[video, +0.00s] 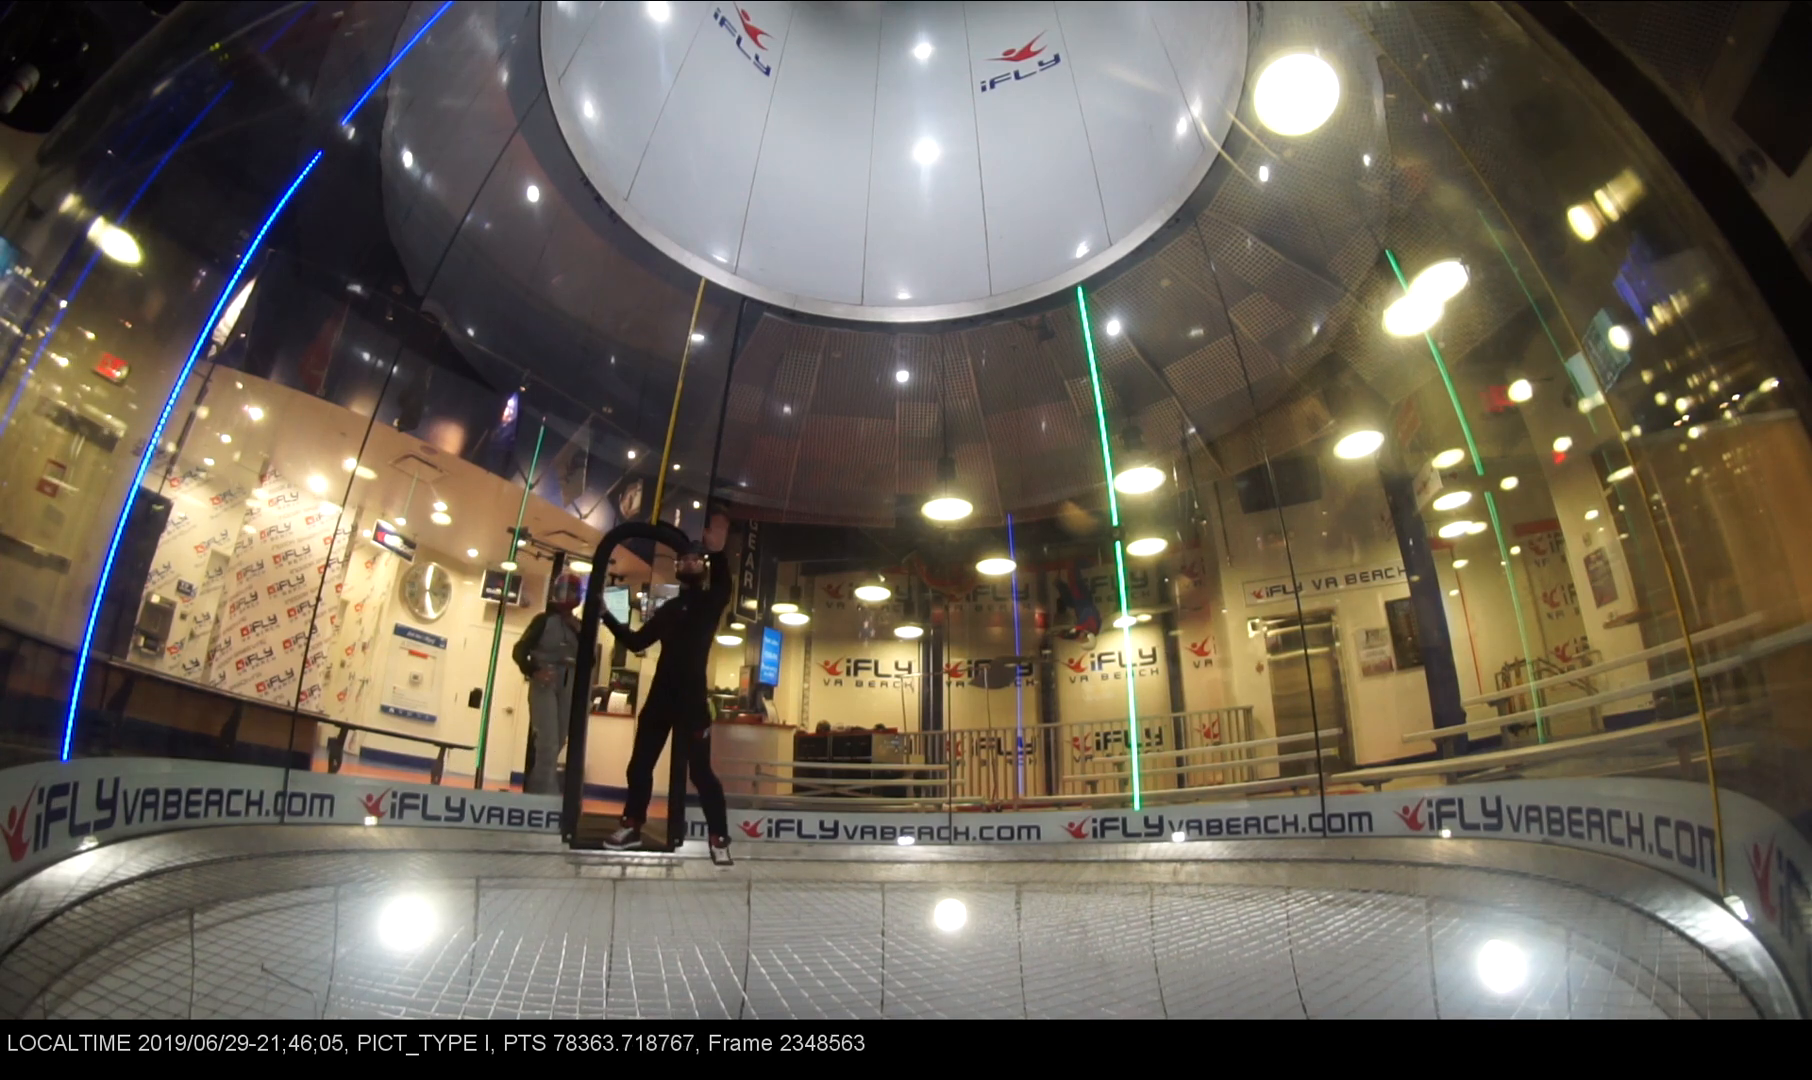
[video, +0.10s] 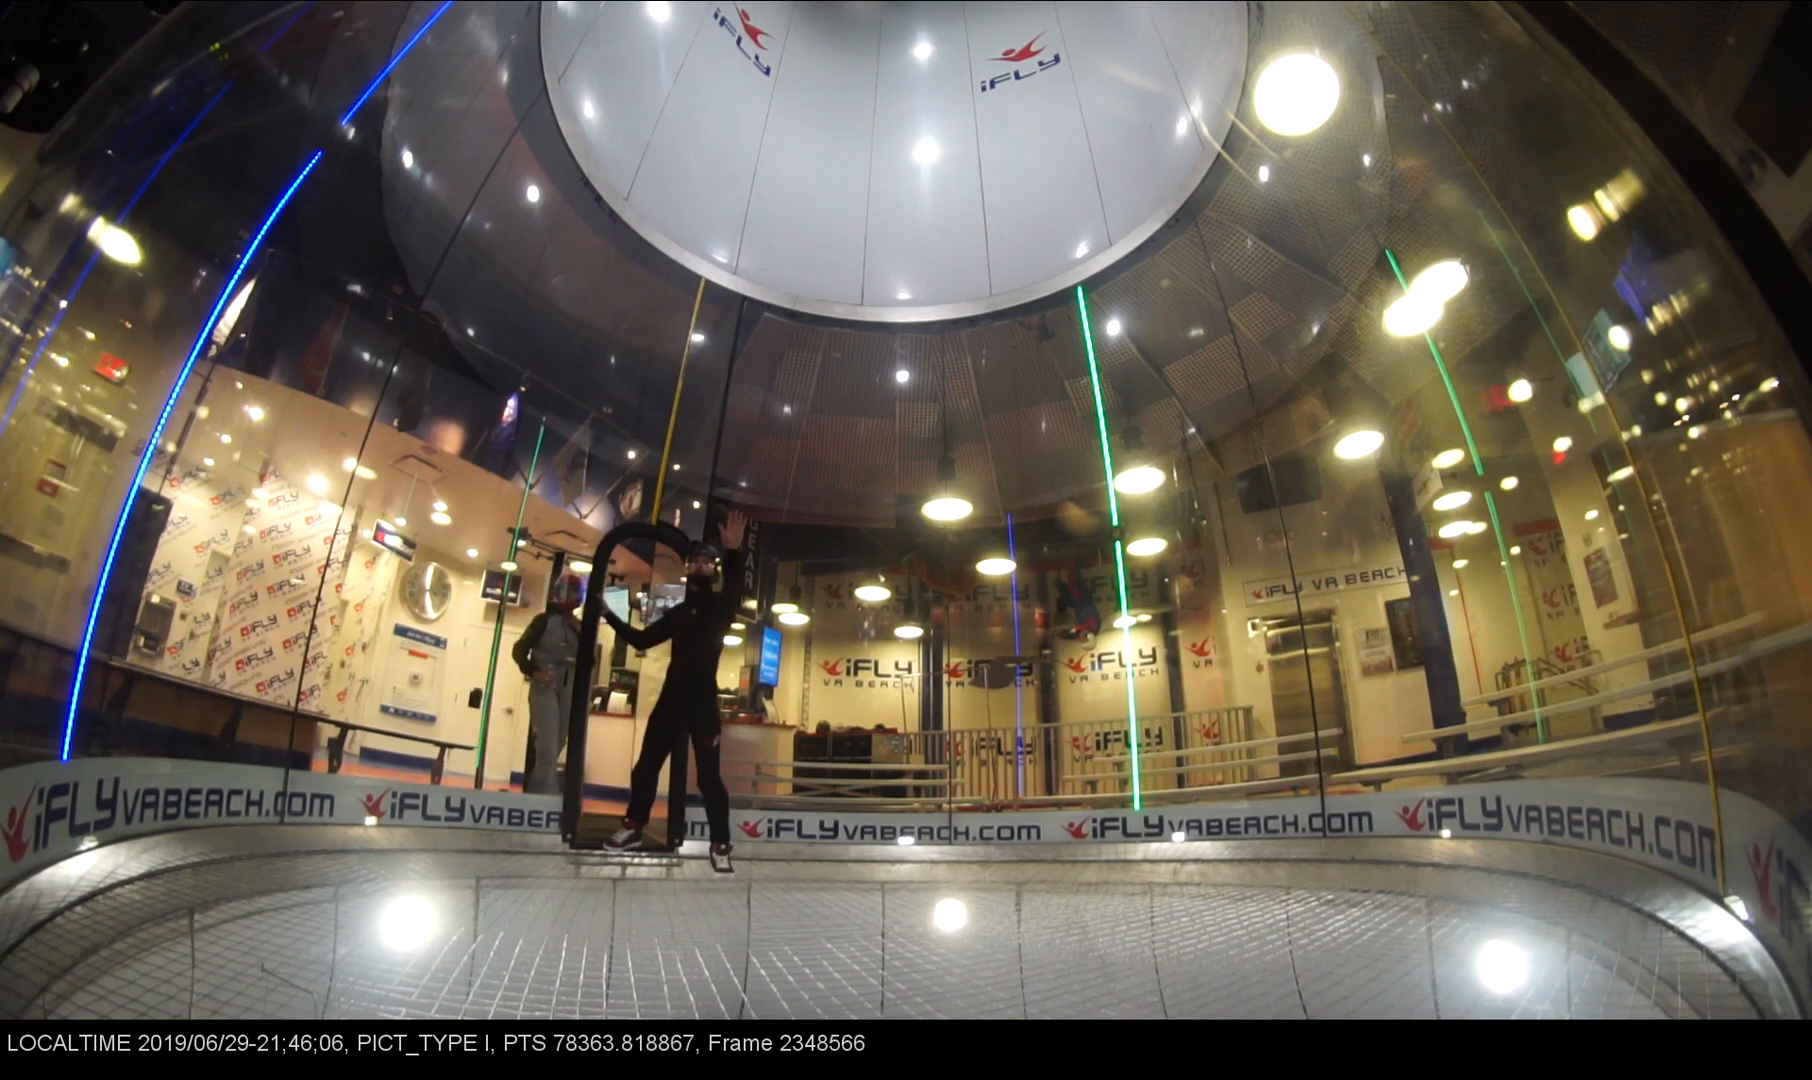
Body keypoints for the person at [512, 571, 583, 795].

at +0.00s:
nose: (568, 596)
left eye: (573, 592)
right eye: (564, 590)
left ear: (578, 597)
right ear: (556, 593)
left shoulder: (580, 627)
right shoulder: (543, 621)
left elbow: (590, 659)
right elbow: (519, 651)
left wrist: (582, 633)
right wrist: (533, 671)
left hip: (569, 686)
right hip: (544, 682)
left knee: (559, 739)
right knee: (547, 740)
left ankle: (538, 790)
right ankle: (544, 795)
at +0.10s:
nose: (568, 596)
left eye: (573, 591)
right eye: (564, 590)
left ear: (579, 597)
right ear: (556, 593)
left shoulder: (580, 626)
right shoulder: (544, 620)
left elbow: (591, 660)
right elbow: (519, 650)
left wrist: (583, 633)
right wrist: (532, 671)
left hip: (570, 686)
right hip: (545, 683)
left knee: (559, 739)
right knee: (547, 740)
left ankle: (538, 790)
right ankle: (544, 796)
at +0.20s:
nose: (570, 595)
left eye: (575, 591)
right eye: (566, 590)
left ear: (580, 597)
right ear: (557, 592)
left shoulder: (580, 627)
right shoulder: (545, 620)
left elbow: (591, 660)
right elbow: (519, 649)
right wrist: (533, 670)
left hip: (570, 686)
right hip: (545, 683)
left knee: (559, 739)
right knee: (548, 741)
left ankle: (539, 791)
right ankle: (544, 795)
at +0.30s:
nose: (572, 596)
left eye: (576, 592)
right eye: (569, 591)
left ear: (581, 597)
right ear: (559, 593)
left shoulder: (579, 627)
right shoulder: (546, 620)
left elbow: (589, 660)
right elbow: (519, 648)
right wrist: (534, 669)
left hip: (570, 685)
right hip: (546, 682)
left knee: (560, 739)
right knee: (549, 740)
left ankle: (541, 791)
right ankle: (544, 794)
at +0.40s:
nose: (575, 597)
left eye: (578, 593)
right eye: (571, 591)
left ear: (582, 596)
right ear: (562, 593)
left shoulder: (578, 626)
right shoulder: (548, 619)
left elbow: (586, 655)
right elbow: (520, 648)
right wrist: (537, 669)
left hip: (569, 685)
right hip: (548, 682)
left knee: (559, 739)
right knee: (552, 739)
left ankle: (544, 793)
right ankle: (542, 795)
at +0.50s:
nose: (576, 597)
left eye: (578, 592)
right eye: (572, 591)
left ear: (582, 596)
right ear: (563, 593)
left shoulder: (577, 625)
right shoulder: (549, 619)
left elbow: (587, 656)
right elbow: (522, 647)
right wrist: (540, 668)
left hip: (570, 684)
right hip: (549, 682)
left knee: (559, 739)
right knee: (553, 738)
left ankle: (548, 794)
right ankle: (543, 795)